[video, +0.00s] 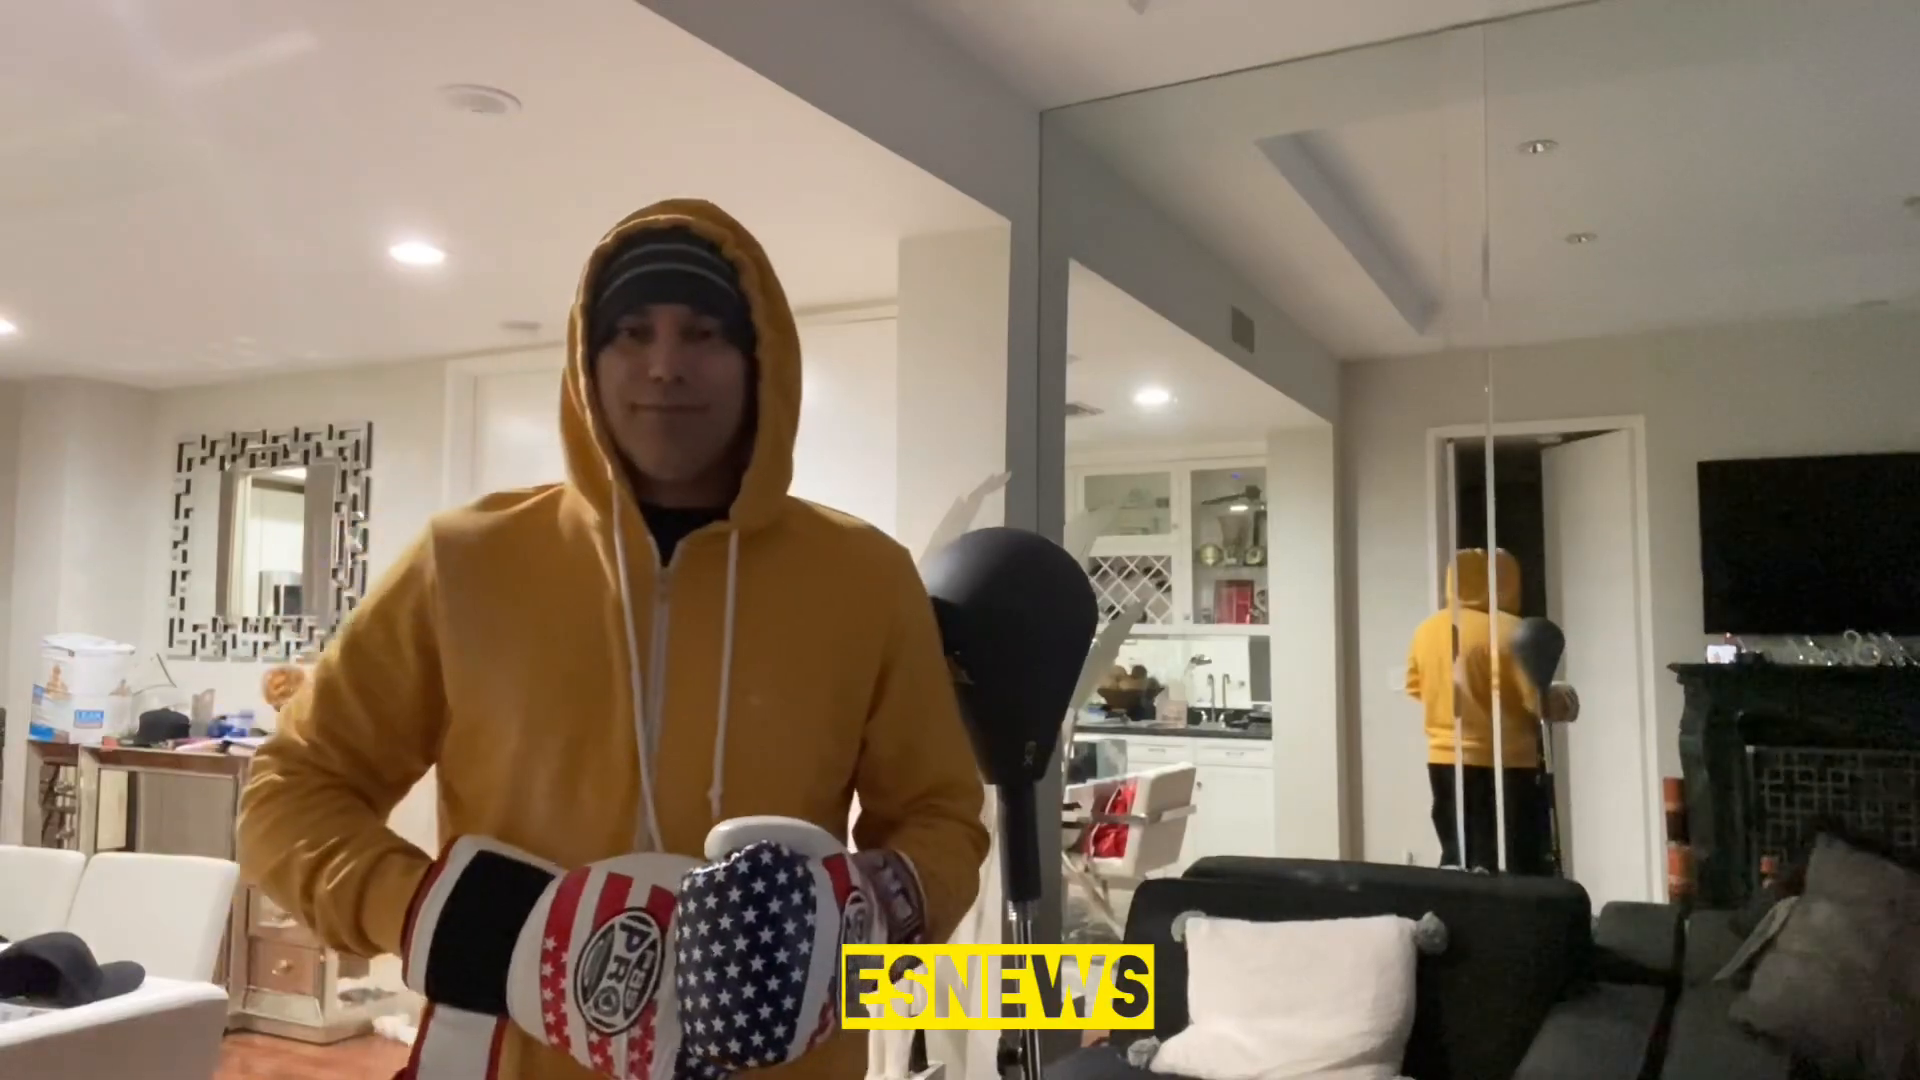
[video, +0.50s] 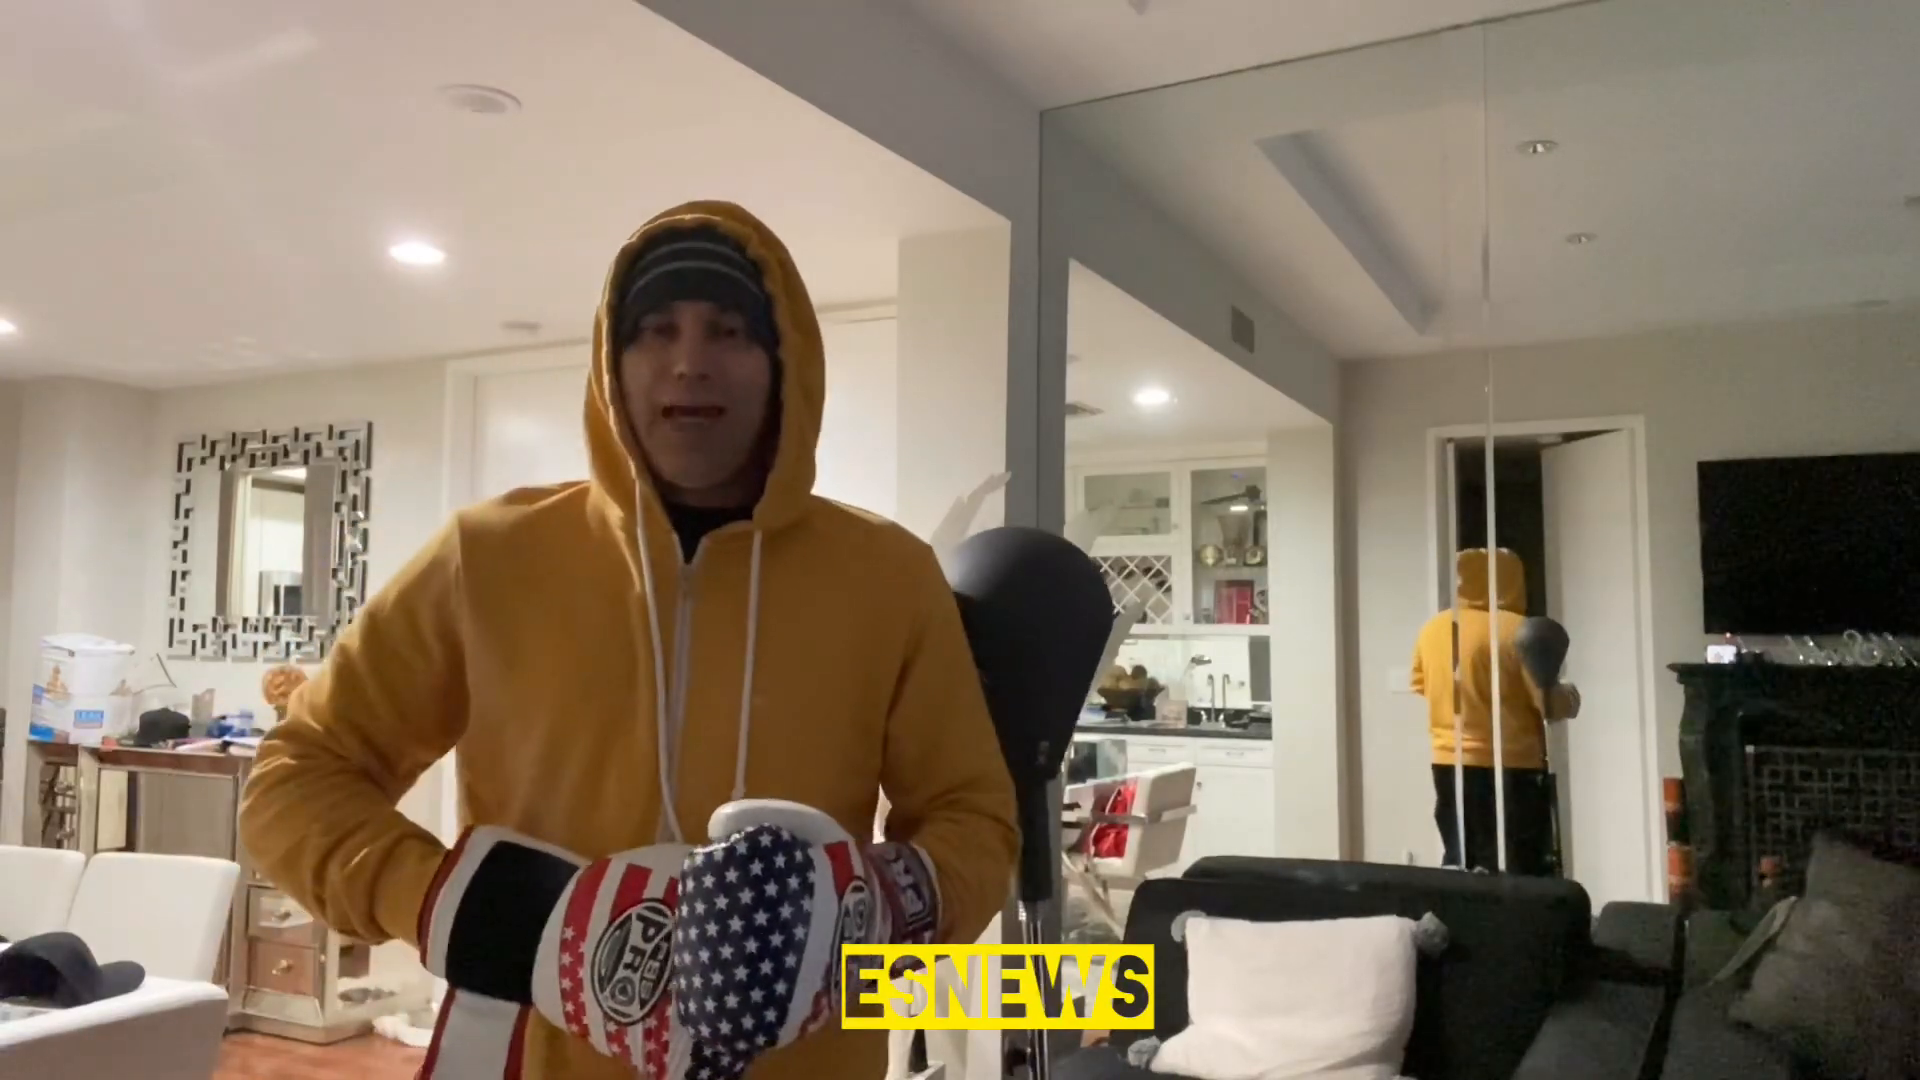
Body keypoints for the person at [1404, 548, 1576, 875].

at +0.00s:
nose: (1517, 589)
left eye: (1515, 581)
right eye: (1512, 581)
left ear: (1454, 582)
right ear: (1500, 584)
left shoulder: (1428, 630)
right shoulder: (1509, 631)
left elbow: (1414, 687)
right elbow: (1536, 700)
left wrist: (1455, 699)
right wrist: (1564, 701)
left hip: (1447, 766)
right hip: (1508, 768)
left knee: (1459, 857)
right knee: (1521, 862)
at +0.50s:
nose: (1521, 589)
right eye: (1517, 582)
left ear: (1465, 582)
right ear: (1510, 584)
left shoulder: (1435, 628)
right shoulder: (1518, 630)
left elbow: (1420, 683)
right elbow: (1548, 703)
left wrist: (1463, 691)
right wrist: (1569, 697)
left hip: (1453, 769)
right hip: (1515, 770)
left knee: (1463, 861)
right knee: (1524, 867)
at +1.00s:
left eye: (1453, 581)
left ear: (1456, 584)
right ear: (1507, 583)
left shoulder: (1436, 631)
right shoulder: (1524, 630)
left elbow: (1430, 683)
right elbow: (1557, 705)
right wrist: (1568, 676)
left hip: (1460, 771)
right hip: (1521, 771)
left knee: (1467, 864)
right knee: (1527, 869)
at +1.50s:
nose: (1525, 591)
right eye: (1521, 583)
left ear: (1463, 586)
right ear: (1513, 586)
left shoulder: (1437, 634)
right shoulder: (1528, 633)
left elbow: (1433, 689)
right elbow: (1575, 698)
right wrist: (1558, 657)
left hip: (1463, 770)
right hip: (1524, 770)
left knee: (1477, 860)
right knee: (1529, 867)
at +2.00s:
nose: (1535, 603)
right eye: (1532, 596)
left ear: (1474, 590)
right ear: (1523, 594)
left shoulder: (1443, 633)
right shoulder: (1527, 630)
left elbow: (1455, 693)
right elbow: (1573, 690)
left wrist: (1538, 706)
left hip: (1459, 766)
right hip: (1516, 766)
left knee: (1476, 861)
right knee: (1525, 863)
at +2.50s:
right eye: (1532, 603)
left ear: (1475, 596)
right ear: (1525, 598)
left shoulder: (1448, 635)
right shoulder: (1532, 625)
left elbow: (1447, 690)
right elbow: (1578, 680)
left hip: (1461, 759)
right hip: (1522, 760)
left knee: (1475, 855)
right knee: (1528, 857)